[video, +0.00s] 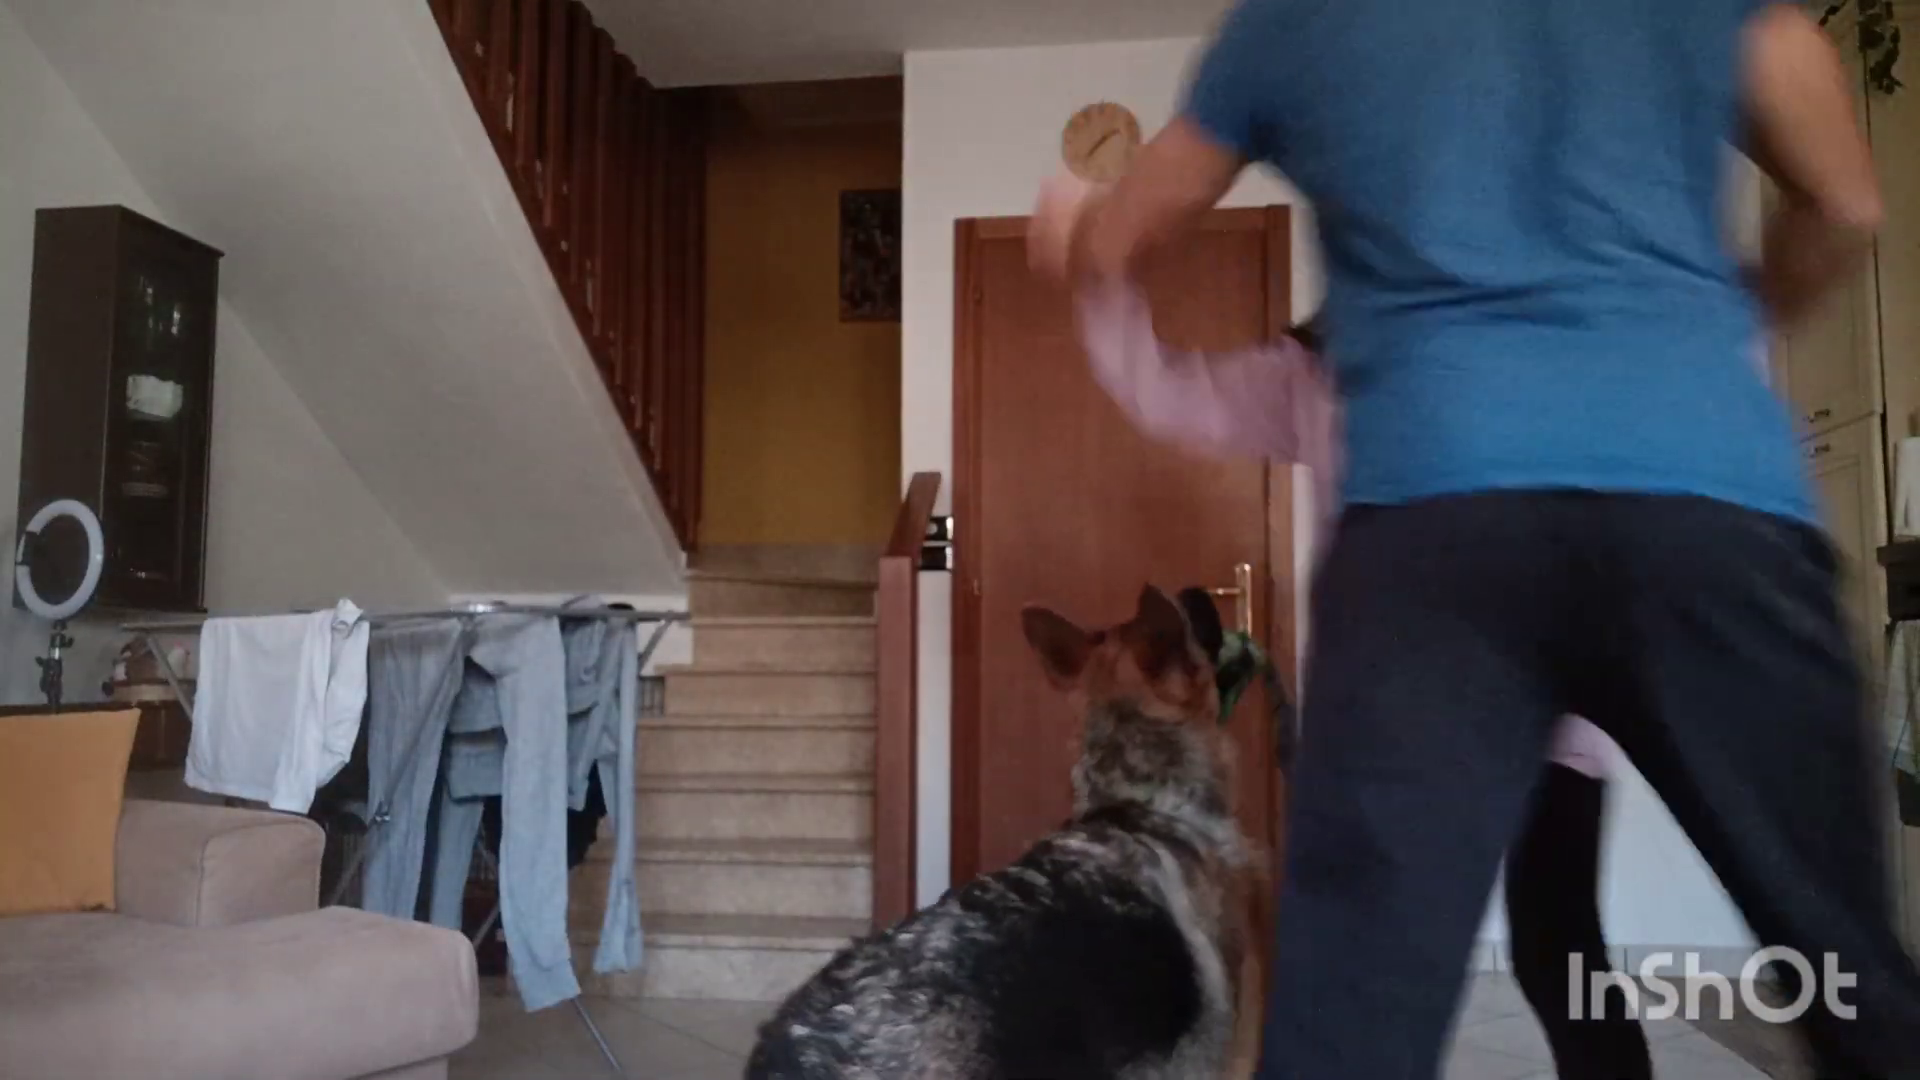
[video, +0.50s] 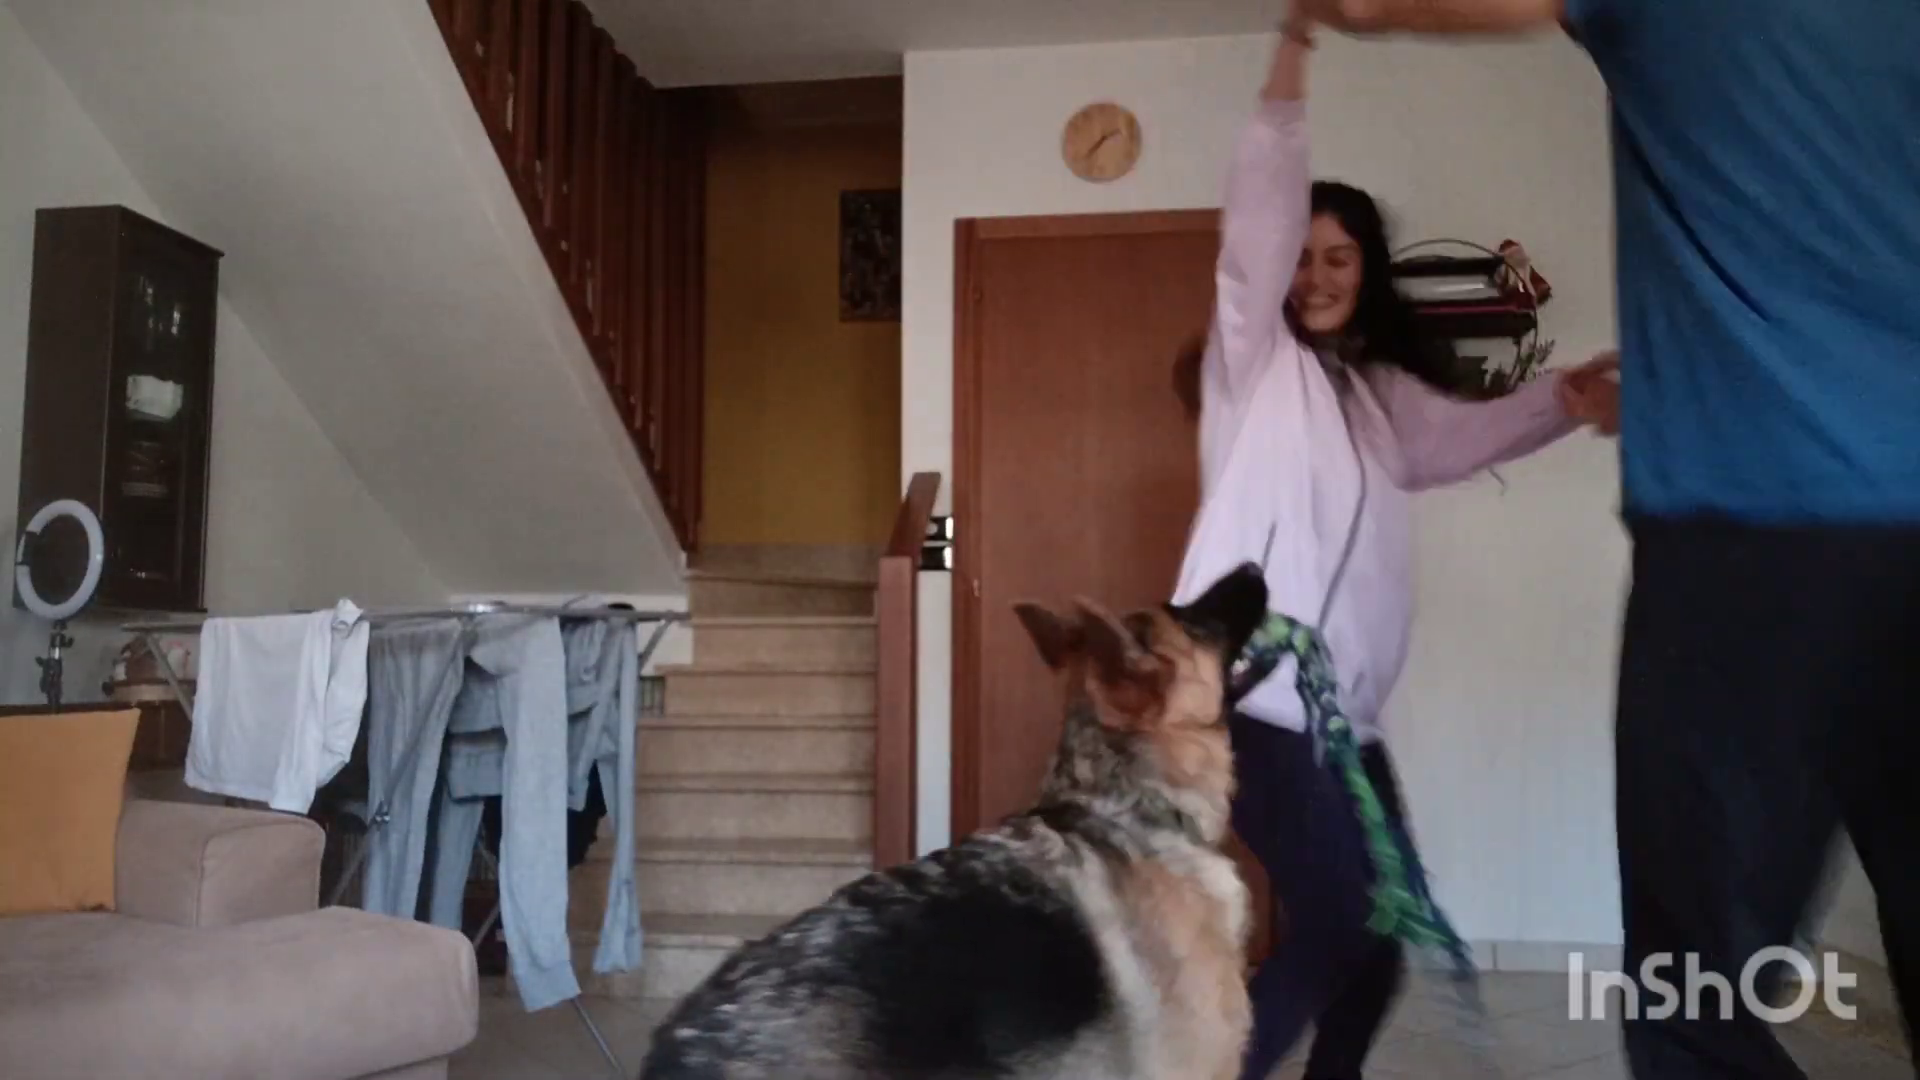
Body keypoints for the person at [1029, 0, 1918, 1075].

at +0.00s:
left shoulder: (1300, 17)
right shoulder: (1707, 4)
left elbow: (1111, 238)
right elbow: (1846, 206)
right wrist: (1732, 315)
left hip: (1437, 523)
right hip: (1718, 521)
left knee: (1352, 1005)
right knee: (1859, 970)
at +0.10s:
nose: (1358, 221)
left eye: (1370, 199)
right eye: (1341, 203)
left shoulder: (1399, 12)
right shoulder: (1822, 12)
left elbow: (1158, 153)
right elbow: (1893, 250)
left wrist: (1117, 111)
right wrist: (1810, 351)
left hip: (1540, 548)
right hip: (1825, 551)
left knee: (1387, 1022)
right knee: (1909, 992)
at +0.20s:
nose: (1344, 208)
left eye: (1364, 180)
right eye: (1321, 187)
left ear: (1405, 179)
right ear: (1298, 189)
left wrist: (1196, 40)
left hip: (1632, 549)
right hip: (1888, 555)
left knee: (1493, 980)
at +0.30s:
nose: (1328, 211)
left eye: (1348, 187)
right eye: (1313, 192)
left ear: (1394, 187)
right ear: (1295, 200)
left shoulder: (1452, 307)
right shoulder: (1268, 284)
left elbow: (1525, 410)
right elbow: (1204, 197)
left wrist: (1558, 336)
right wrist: (1208, 55)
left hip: (1397, 626)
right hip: (1263, 612)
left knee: (1452, 869)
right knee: (1282, 859)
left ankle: (1400, 1063)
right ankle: (1241, 1058)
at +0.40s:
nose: (1326, 253)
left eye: (1346, 231)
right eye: (1309, 234)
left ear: (1387, 241)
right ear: (1285, 248)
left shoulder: (1431, 372)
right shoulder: (1270, 340)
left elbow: (1545, 400)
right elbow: (1238, 211)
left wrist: (1642, 348)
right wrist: (1256, 46)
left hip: (1373, 697)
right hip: (1257, 682)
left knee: (1399, 924)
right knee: (1301, 917)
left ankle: (1340, 1071)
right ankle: (1228, 1065)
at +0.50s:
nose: (1323, 273)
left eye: (1341, 256)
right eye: (1306, 255)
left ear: (1370, 272)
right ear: (1278, 267)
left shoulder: (1383, 400)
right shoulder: (1252, 366)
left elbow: (1471, 429)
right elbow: (1257, 232)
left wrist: (1564, 400)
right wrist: (1292, 51)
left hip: (1345, 716)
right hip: (1254, 708)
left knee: (1373, 952)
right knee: (1309, 943)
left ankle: (1333, 1073)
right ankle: (1225, 1069)